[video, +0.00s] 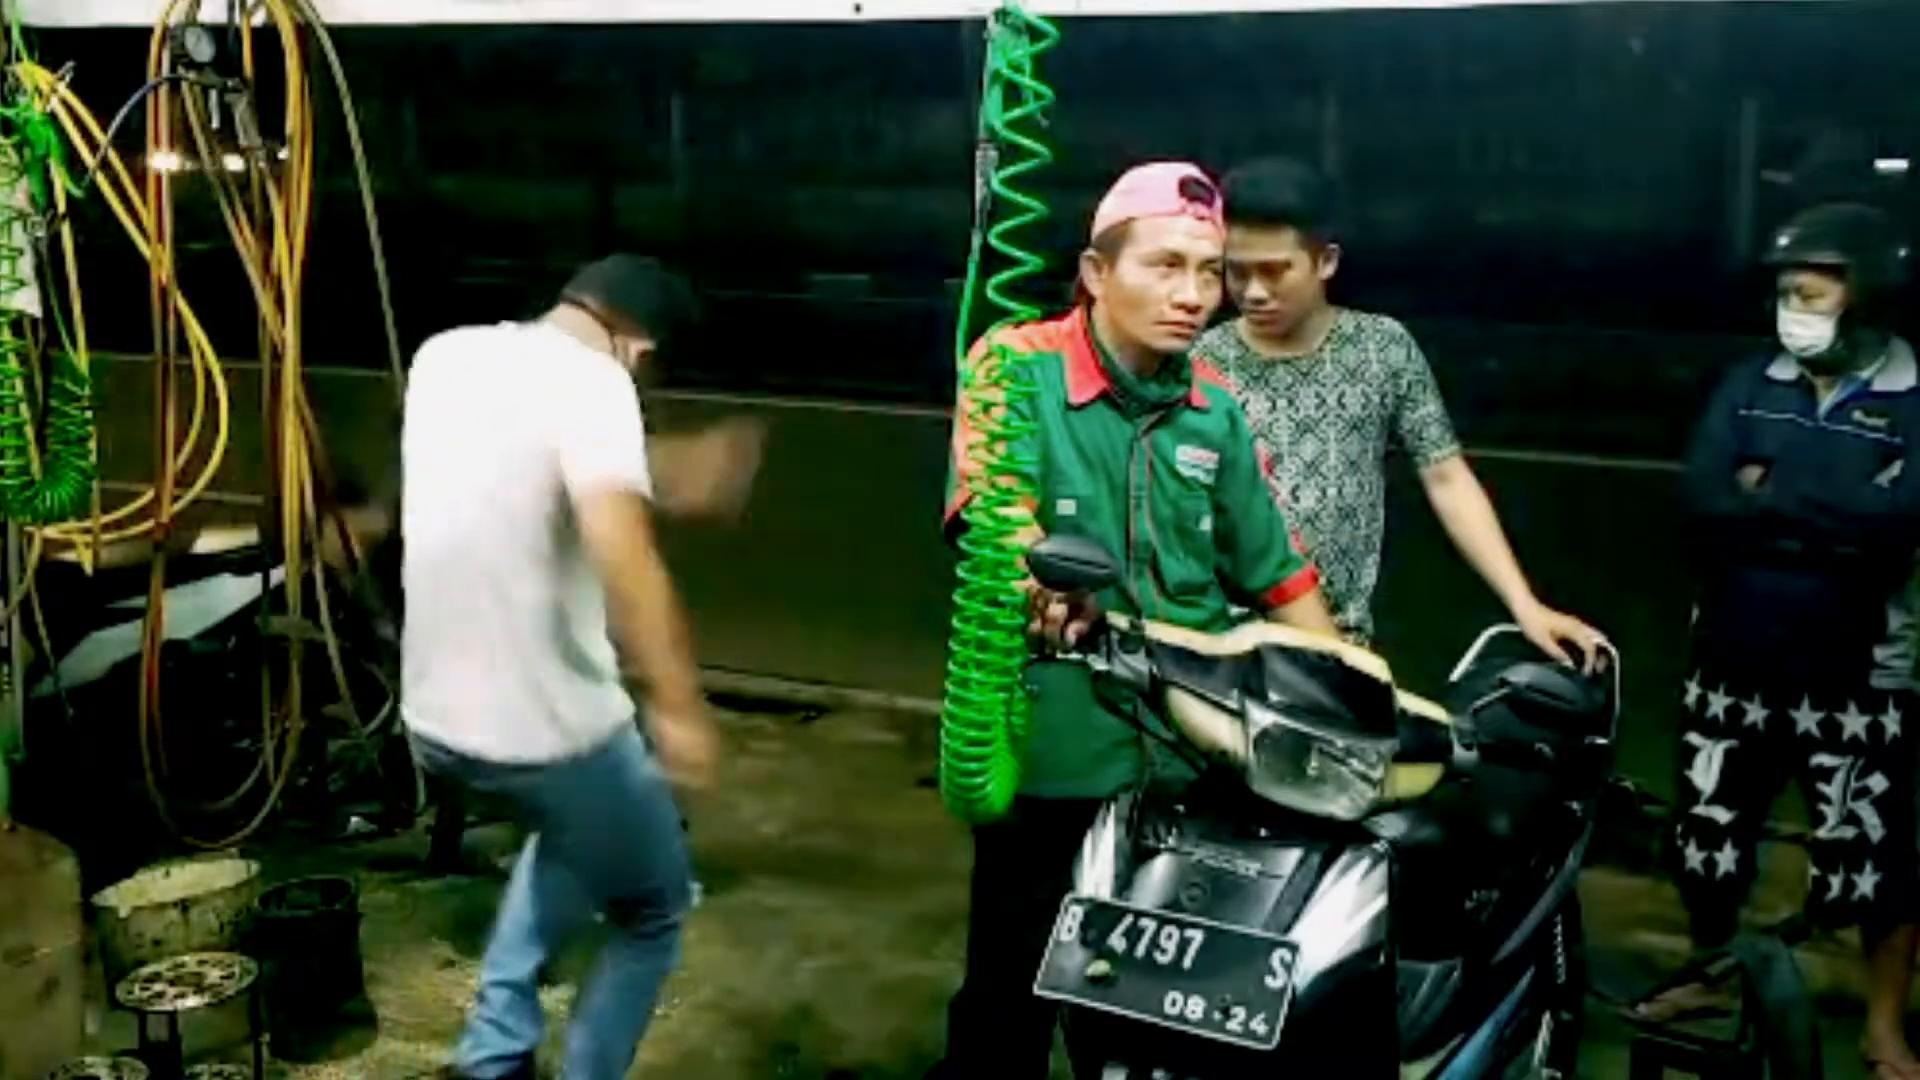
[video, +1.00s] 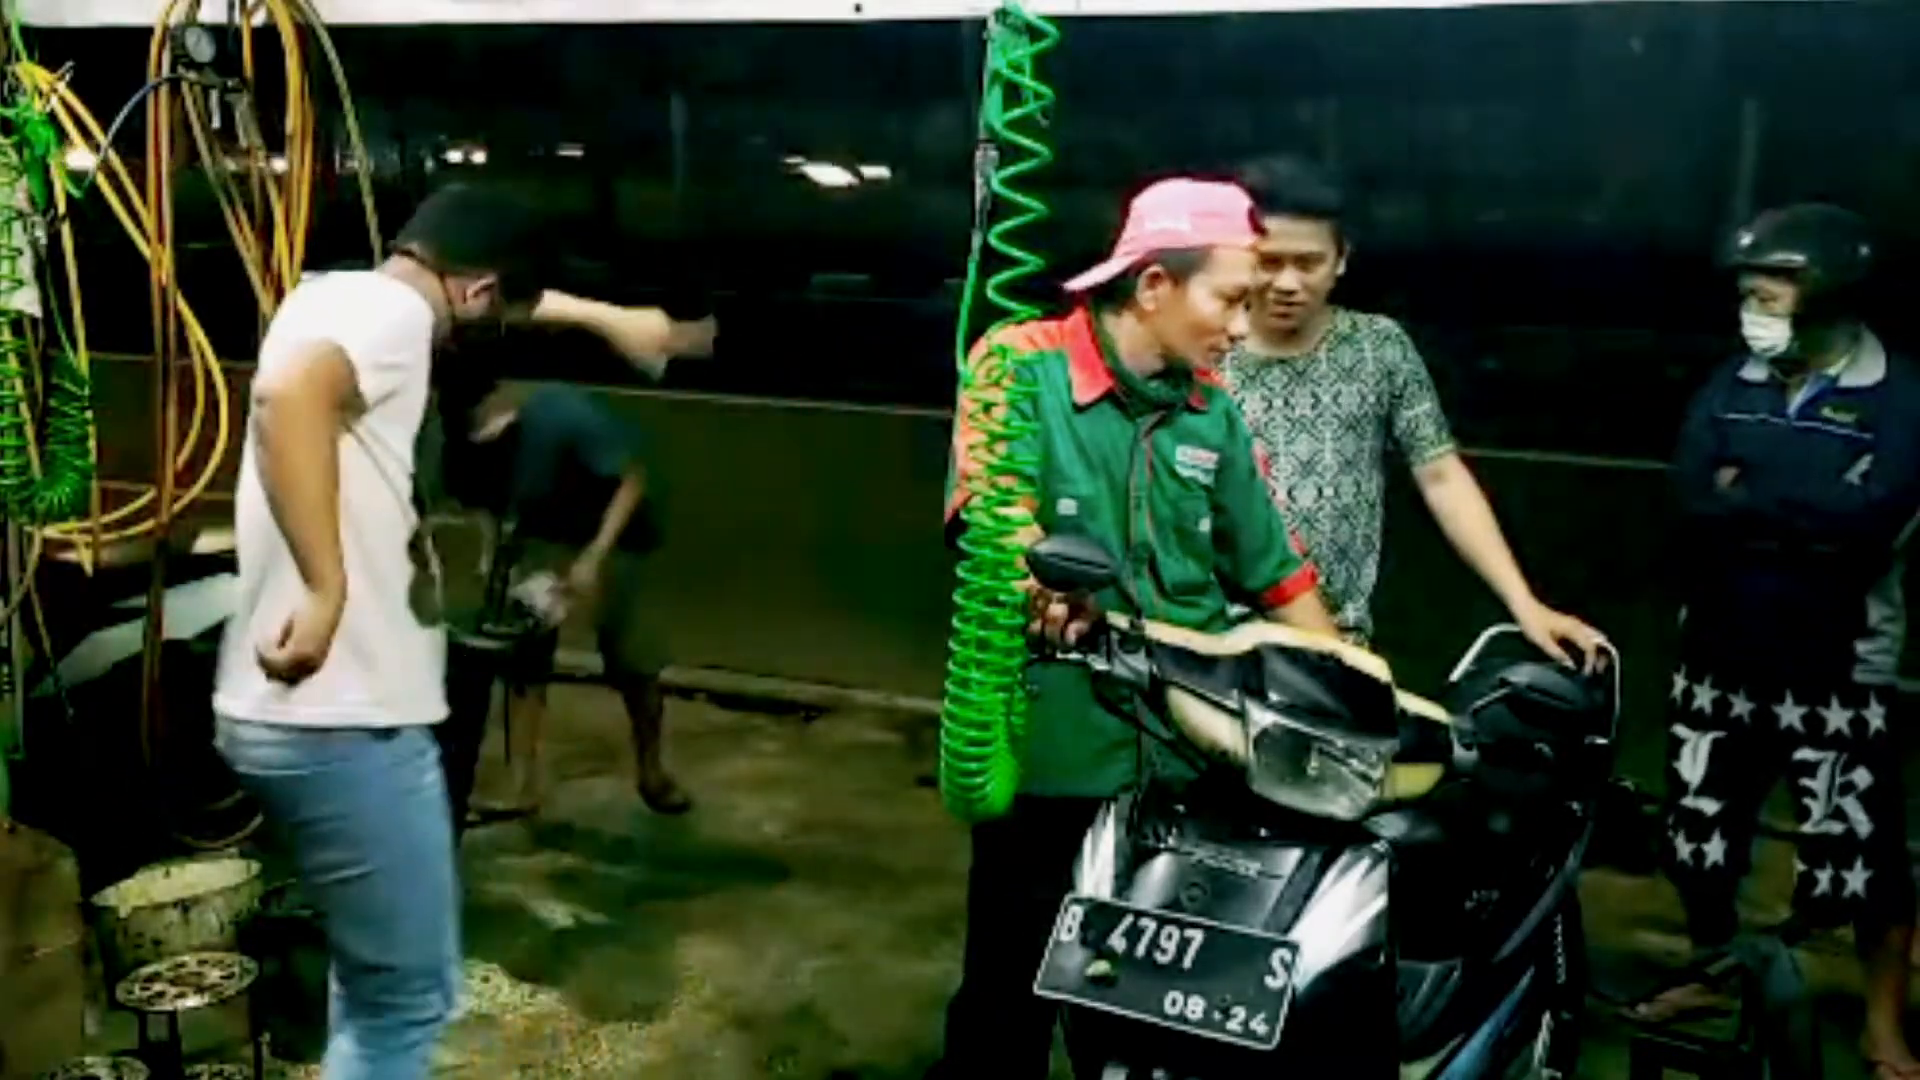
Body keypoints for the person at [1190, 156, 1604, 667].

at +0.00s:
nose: (1254, 292)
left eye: (1274, 271)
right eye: (1238, 272)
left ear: (1326, 261)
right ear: (1221, 266)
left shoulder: (1382, 349)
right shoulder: (1202, 358)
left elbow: (1447, 478)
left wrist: (1526, 607)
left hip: (1333, 642)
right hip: (1211, 639)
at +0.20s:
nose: (1254, 297)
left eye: (1275, 278)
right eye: (1239, 278)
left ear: (1325, 264)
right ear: (1220, 270)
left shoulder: (1382, 350)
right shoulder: (1200, 353)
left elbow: (1447, 478)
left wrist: (1526, 608)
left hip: (1333, 640)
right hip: (1213, 636)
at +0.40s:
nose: (1256, 297)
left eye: (1275, 278)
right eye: (1241, 280)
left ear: (1324, 265)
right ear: (1222, 275)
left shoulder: (1382, 349)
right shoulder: (1202, 354)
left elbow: (1447, 478)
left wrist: (1526, 607)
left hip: (1333, 638)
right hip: (1211, 631)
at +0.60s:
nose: (1267, 290)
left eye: (1286, 269)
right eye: (1251, 271)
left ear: (1331, 260)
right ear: (1230, 266)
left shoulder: (1380, 349)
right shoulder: (1202, 355)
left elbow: (1445, 476)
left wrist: (1525, 606)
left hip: (1333, 639)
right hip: (1215, 633)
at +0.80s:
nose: (1278, 285)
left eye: (1299, 264)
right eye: (1262, 264)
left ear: (1336, 260)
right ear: (1236, 257)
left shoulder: (1379, 349)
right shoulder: (1201, 354)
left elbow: (1443, 476)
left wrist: (1525, 606)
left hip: (1334, 640)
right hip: (1212, 632)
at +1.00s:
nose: (1287, 283)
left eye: (1307, 263)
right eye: (1269, 262)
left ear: (1339, 260)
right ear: (1241, 256)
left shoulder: (1379, 349)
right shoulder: (1203, 350)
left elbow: (1442, 476)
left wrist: (1525, 606)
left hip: (1333, 638)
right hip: (1212, 630)